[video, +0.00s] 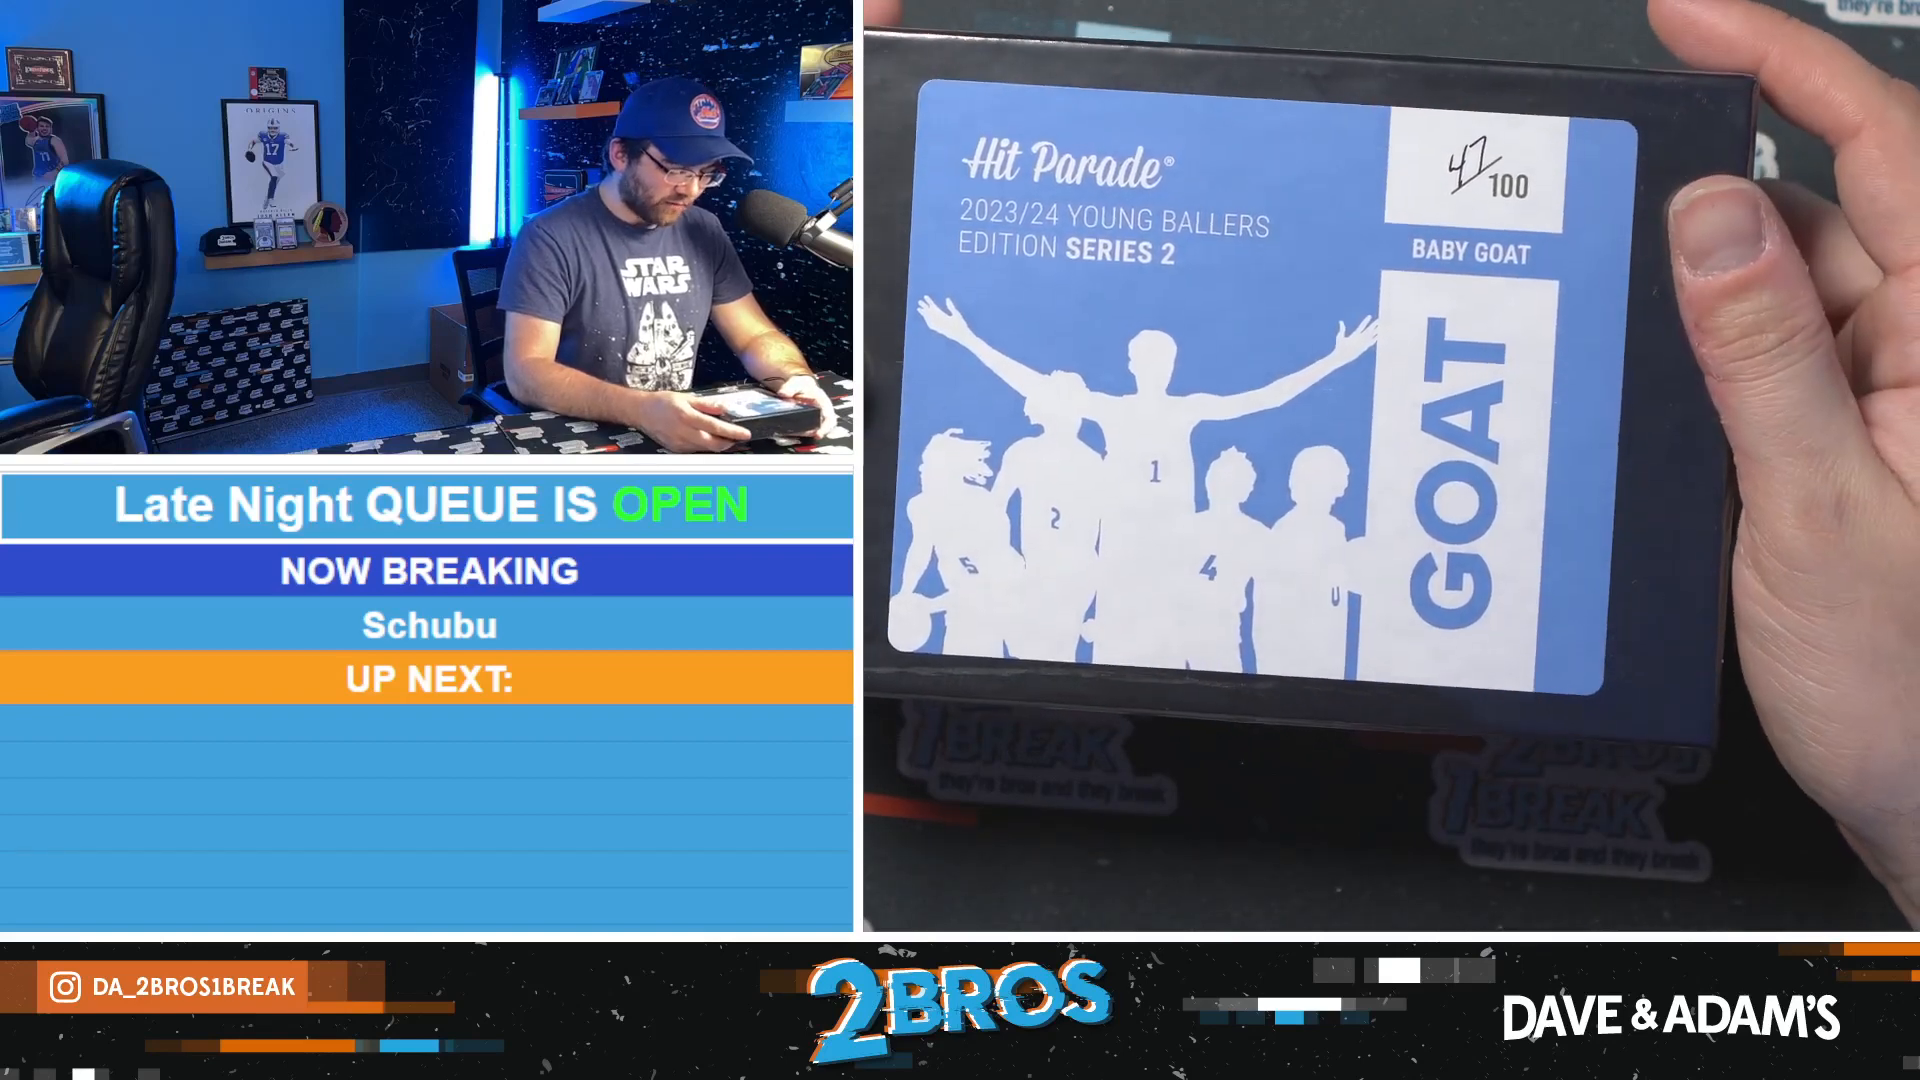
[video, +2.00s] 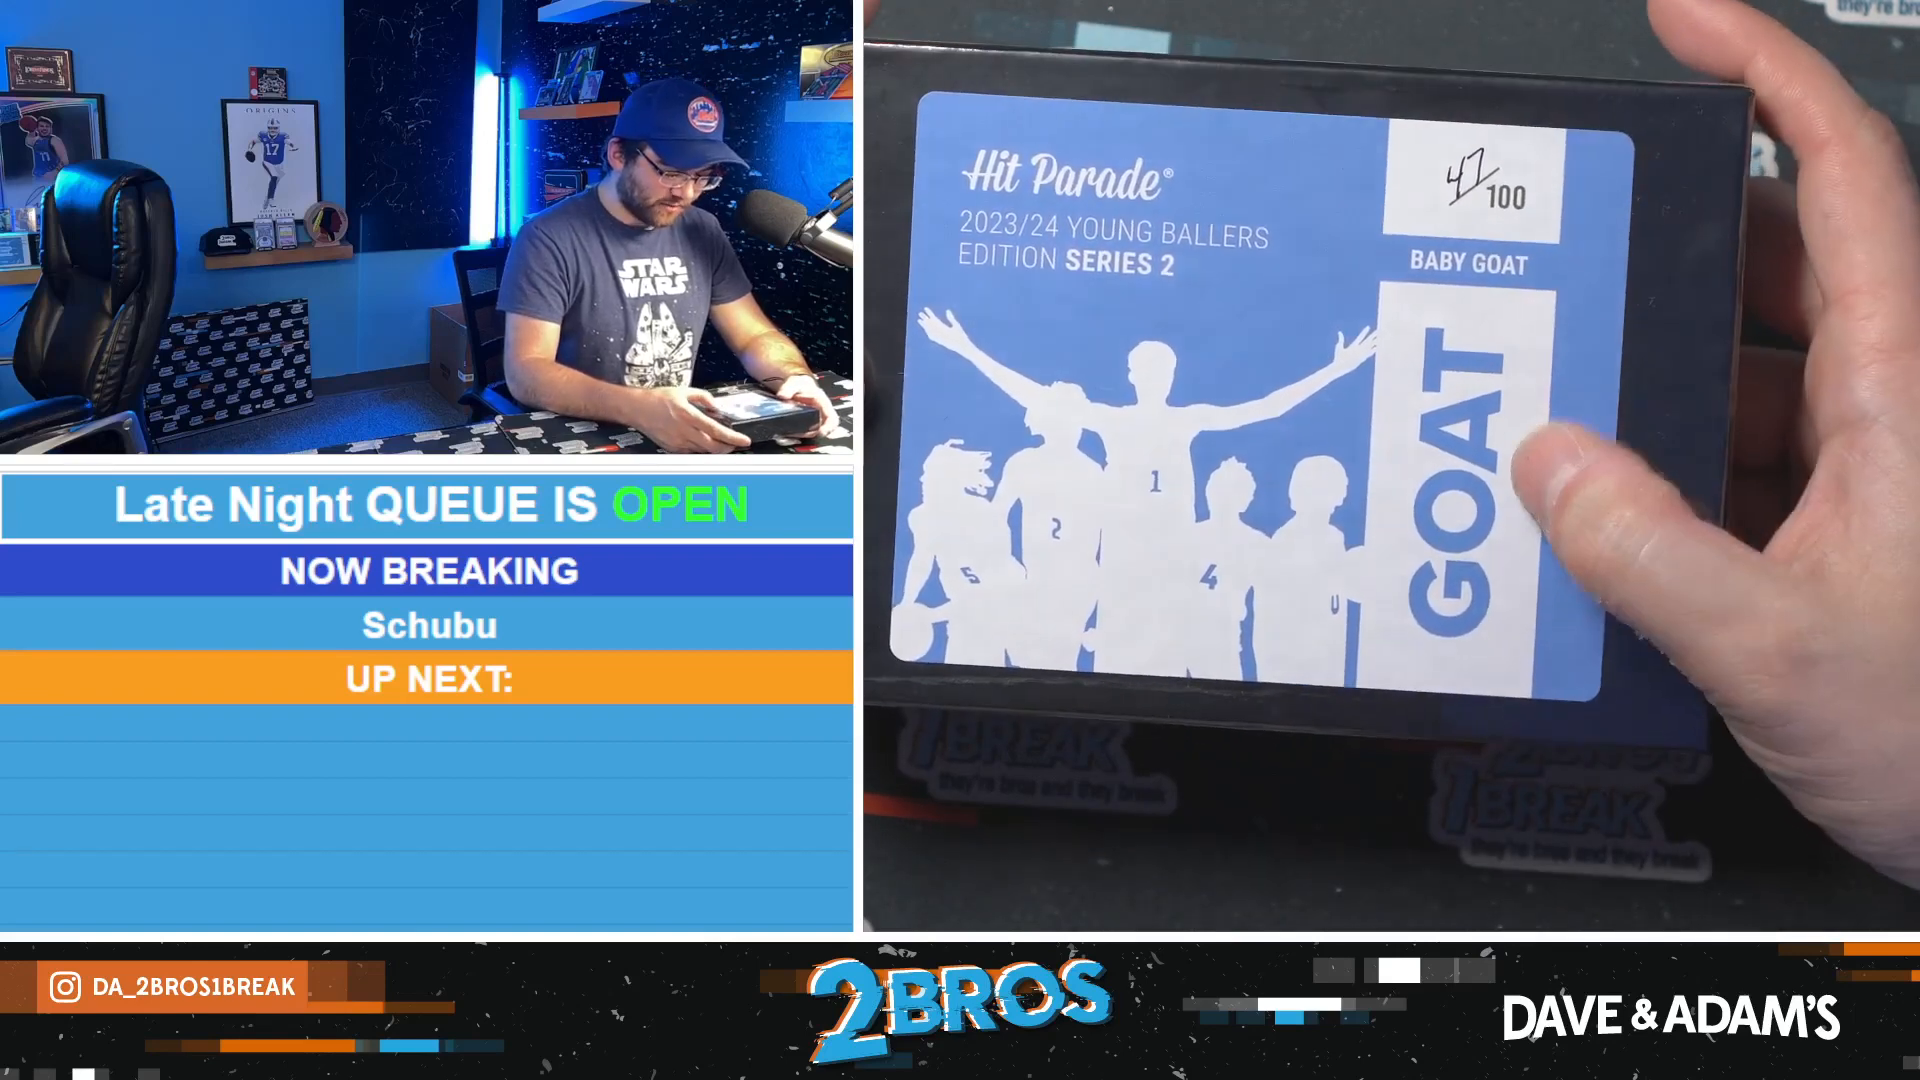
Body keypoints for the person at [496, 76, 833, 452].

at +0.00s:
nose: (689, 189)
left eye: (703, 172)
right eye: (673, 168)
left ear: (715, 169)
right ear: (619, 155)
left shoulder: (701, 231)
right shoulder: (551, 236)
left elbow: (754, 334)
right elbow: (526, 371)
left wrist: (793, 376)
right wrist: (643, 408)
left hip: (679, 456)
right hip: (576, 460)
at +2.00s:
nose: (686, 192)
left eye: (701, 175)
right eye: (670, 170)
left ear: (715, 171)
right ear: (618, 155)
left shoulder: (701, 232)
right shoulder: (553, 237)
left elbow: (756, 335)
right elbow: (528, 373)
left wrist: (795, 375)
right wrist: (641, 408)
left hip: (680, 460)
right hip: (576, 464)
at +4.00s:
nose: (689, 185)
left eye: (704, 169)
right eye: (673, 165)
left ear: (715, 169)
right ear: (620, 152)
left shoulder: (701, 232)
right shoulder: (552, 239)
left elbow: (755, 333)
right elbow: (527, 375)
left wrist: (797, 380)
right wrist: (641, 398)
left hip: (686, 457)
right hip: (581, 462)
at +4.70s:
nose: (659, 160)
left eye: (679, 145)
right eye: (642, 140)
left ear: (695, 157)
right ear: (605, 144)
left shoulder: (705, 231)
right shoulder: (552, 238)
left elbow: (757, 334)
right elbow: (523, 373)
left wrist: (793, 372)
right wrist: (612, 384)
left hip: (683, 449)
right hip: (577, 458)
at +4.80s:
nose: (648, 156)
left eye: (670, 141)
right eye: (631, 137)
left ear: (691, 155)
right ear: (602, 144)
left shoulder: (704, 230)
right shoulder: (548, 237)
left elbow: (762, 331)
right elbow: (515, 365)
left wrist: (795, 367)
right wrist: (565, 389)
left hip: (683, 456)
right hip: (580, 464)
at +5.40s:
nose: (604, 151)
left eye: (629, 137)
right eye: (599, 135)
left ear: (680, 153)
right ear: (590, 138)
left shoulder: (709, 233)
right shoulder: (551, 232)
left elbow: (775, 340)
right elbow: (520, 348)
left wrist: (753, 371)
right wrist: (535, 435)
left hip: (682, 448)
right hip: (582, 452)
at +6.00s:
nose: (645, 170)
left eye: (670, 155)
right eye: (631, 149)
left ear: (701, 161)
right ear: (610, 148)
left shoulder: (709, 236)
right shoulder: (550, 238)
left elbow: (772, 341)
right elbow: (499, 348)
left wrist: (760, 376)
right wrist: (496, 408)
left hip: (677, 455)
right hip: (568, 457)